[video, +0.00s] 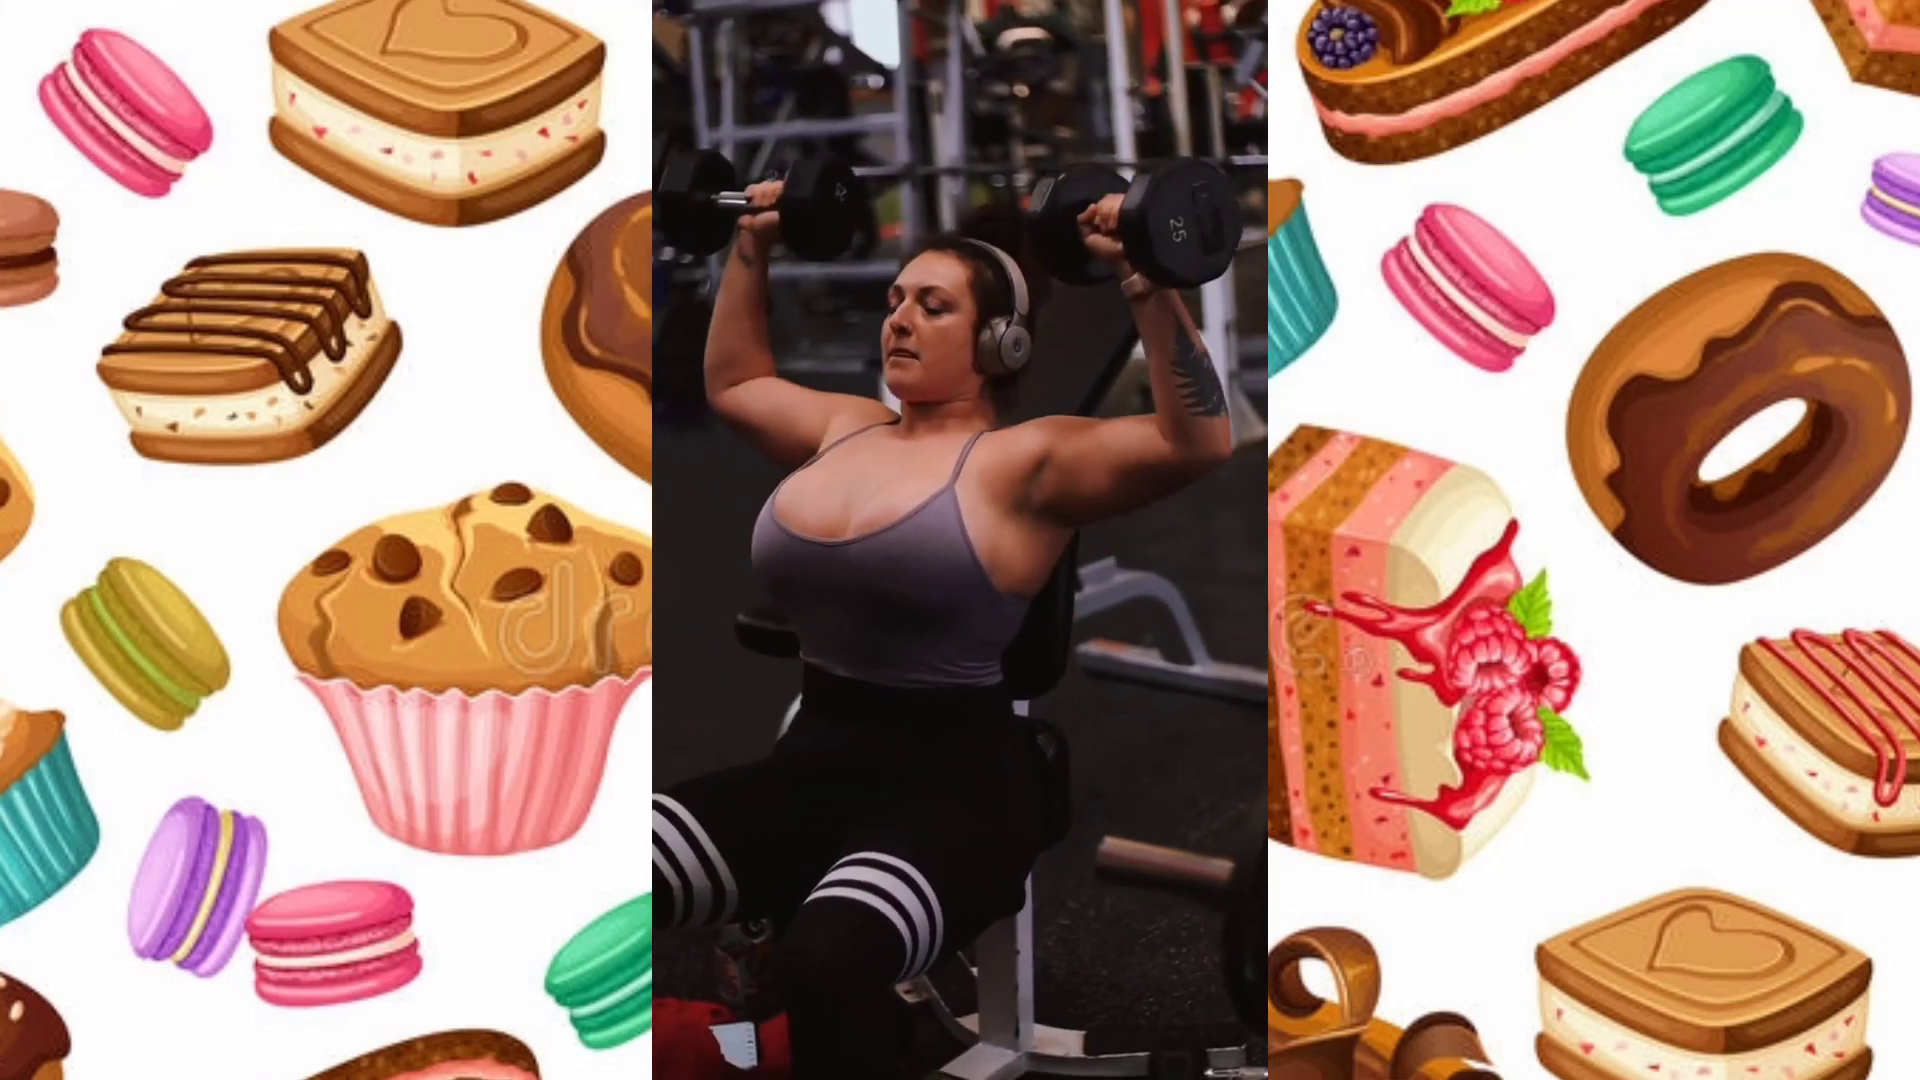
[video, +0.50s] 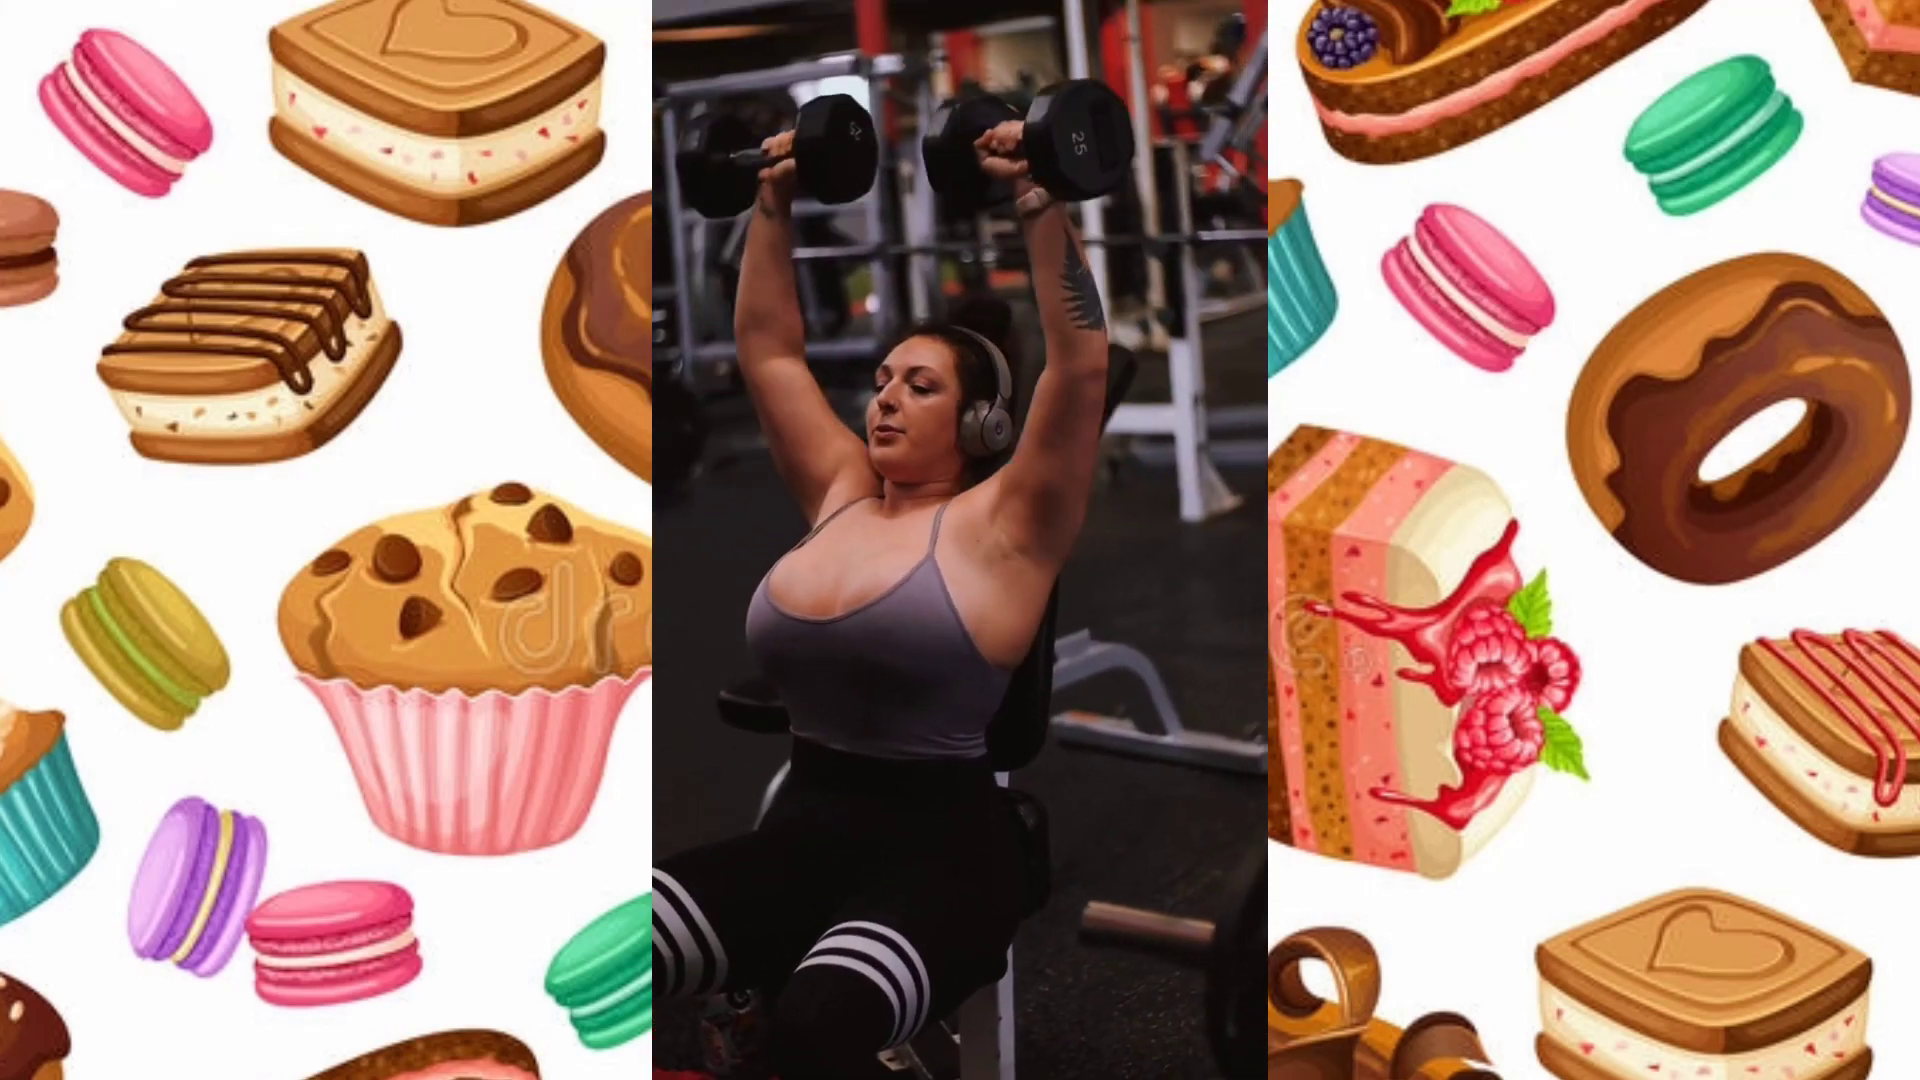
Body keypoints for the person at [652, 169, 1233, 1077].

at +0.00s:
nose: (898, 318)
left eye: (932, 304)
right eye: (894, 302)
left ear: (995, 340)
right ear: (882, 323)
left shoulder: (1027, 460)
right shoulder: (843, 427)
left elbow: (1197, 441)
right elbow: (736, 382)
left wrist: (1145, 280)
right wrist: (749, 248)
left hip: (961, 780)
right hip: (822, 762)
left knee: (822, 955)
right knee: (608, 869)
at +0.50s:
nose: (885, 400)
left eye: (919, 386)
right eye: (884, 383)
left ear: (979, 421)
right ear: (871, 405)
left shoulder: (1009, 523)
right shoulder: (842, 490)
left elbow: (1080, 364)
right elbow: (769, 349)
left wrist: (1036, 201)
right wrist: (773, 201)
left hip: (945, 849)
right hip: (808, 832)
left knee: (810, 1028)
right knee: (605, 945)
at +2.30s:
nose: (863, 433)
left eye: (895, 416)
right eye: (857, 414)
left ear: (957, 445)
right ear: (843, 430)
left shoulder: (992, 565)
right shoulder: (816, 529)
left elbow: (1141, 494)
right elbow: (718, 462)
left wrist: (1090, 335)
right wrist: (745, 338)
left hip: (925, 877)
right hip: (789, 859)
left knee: (797, 1042)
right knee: (589, 966)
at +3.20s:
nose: (862, 383)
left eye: (895, 366)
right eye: (857, 362)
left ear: (964, 396)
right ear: (845, 379)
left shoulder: (998, 522)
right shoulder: (814, 486)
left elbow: (1167, 507)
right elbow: (701, 449)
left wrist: (1117, 341)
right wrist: (731, 311)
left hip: (933, 854)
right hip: (786, 834)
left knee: (787, 1031)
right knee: (587, 947)